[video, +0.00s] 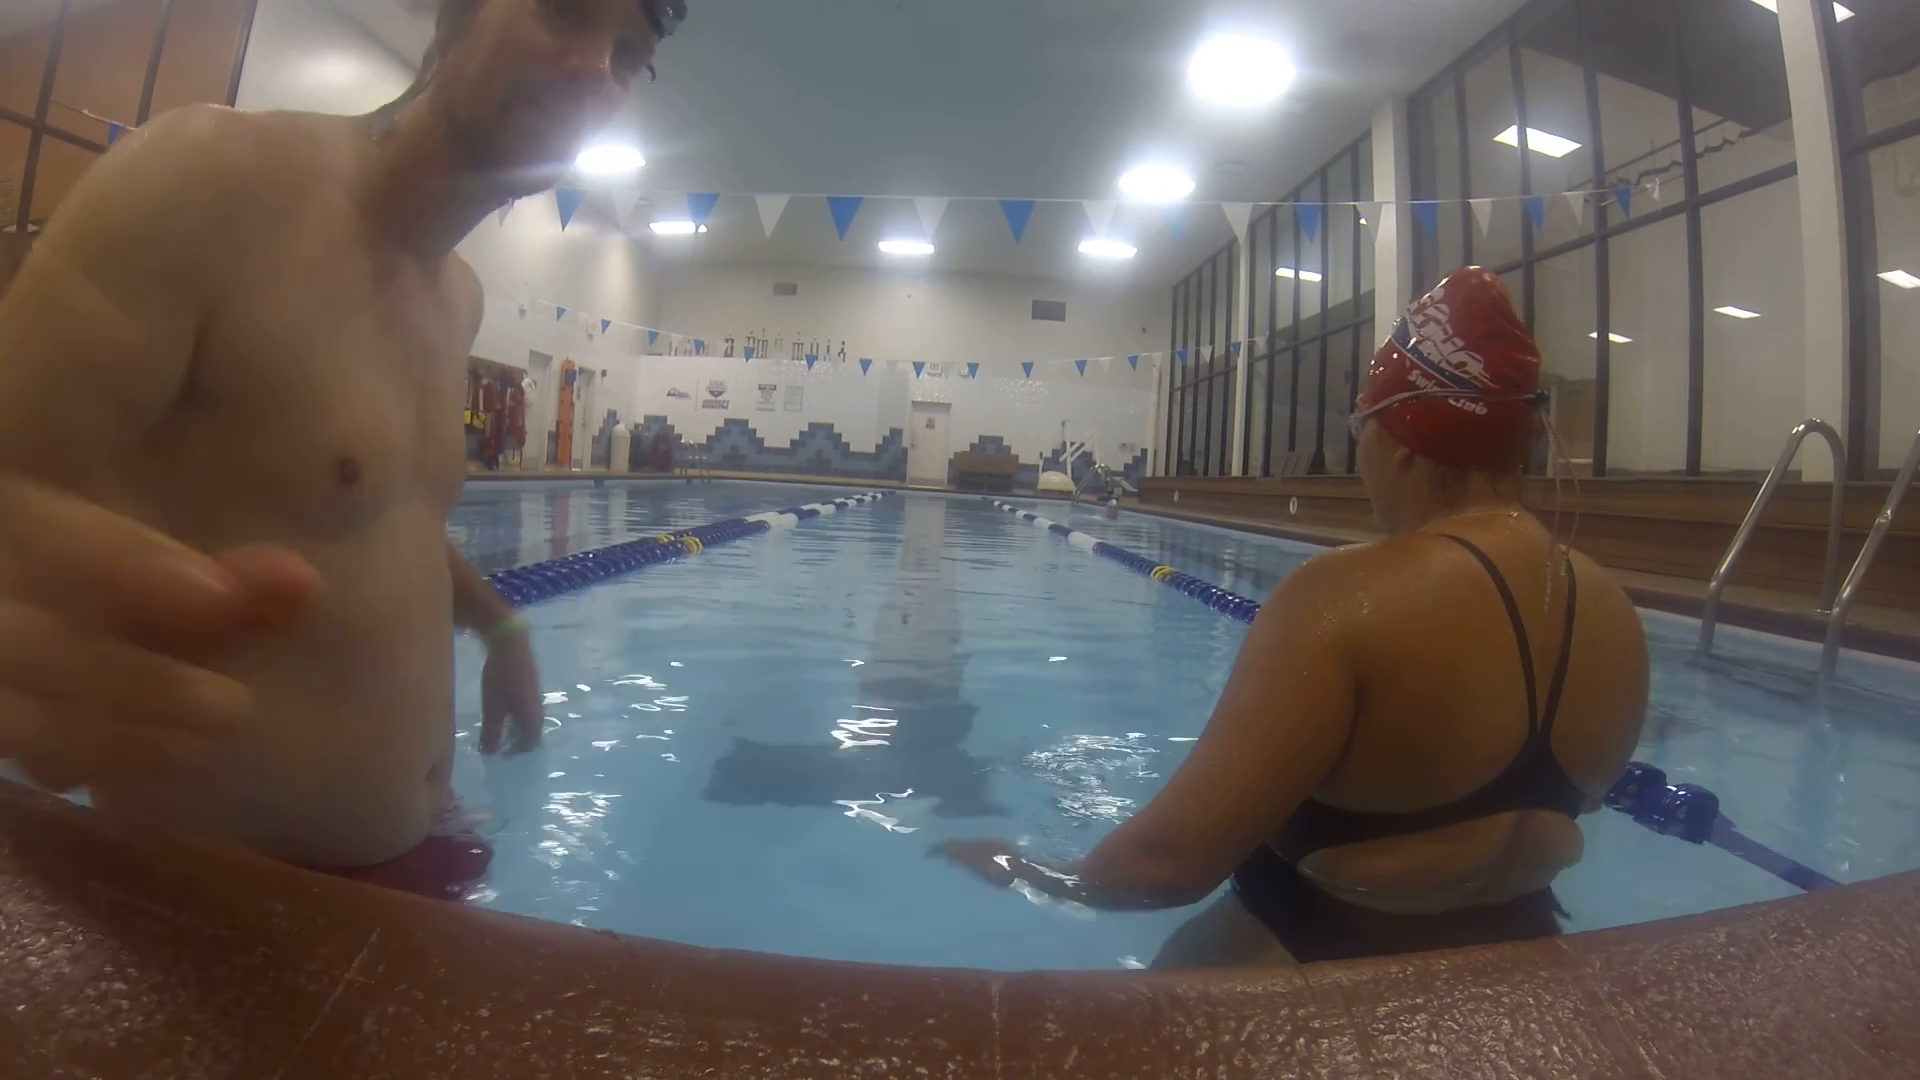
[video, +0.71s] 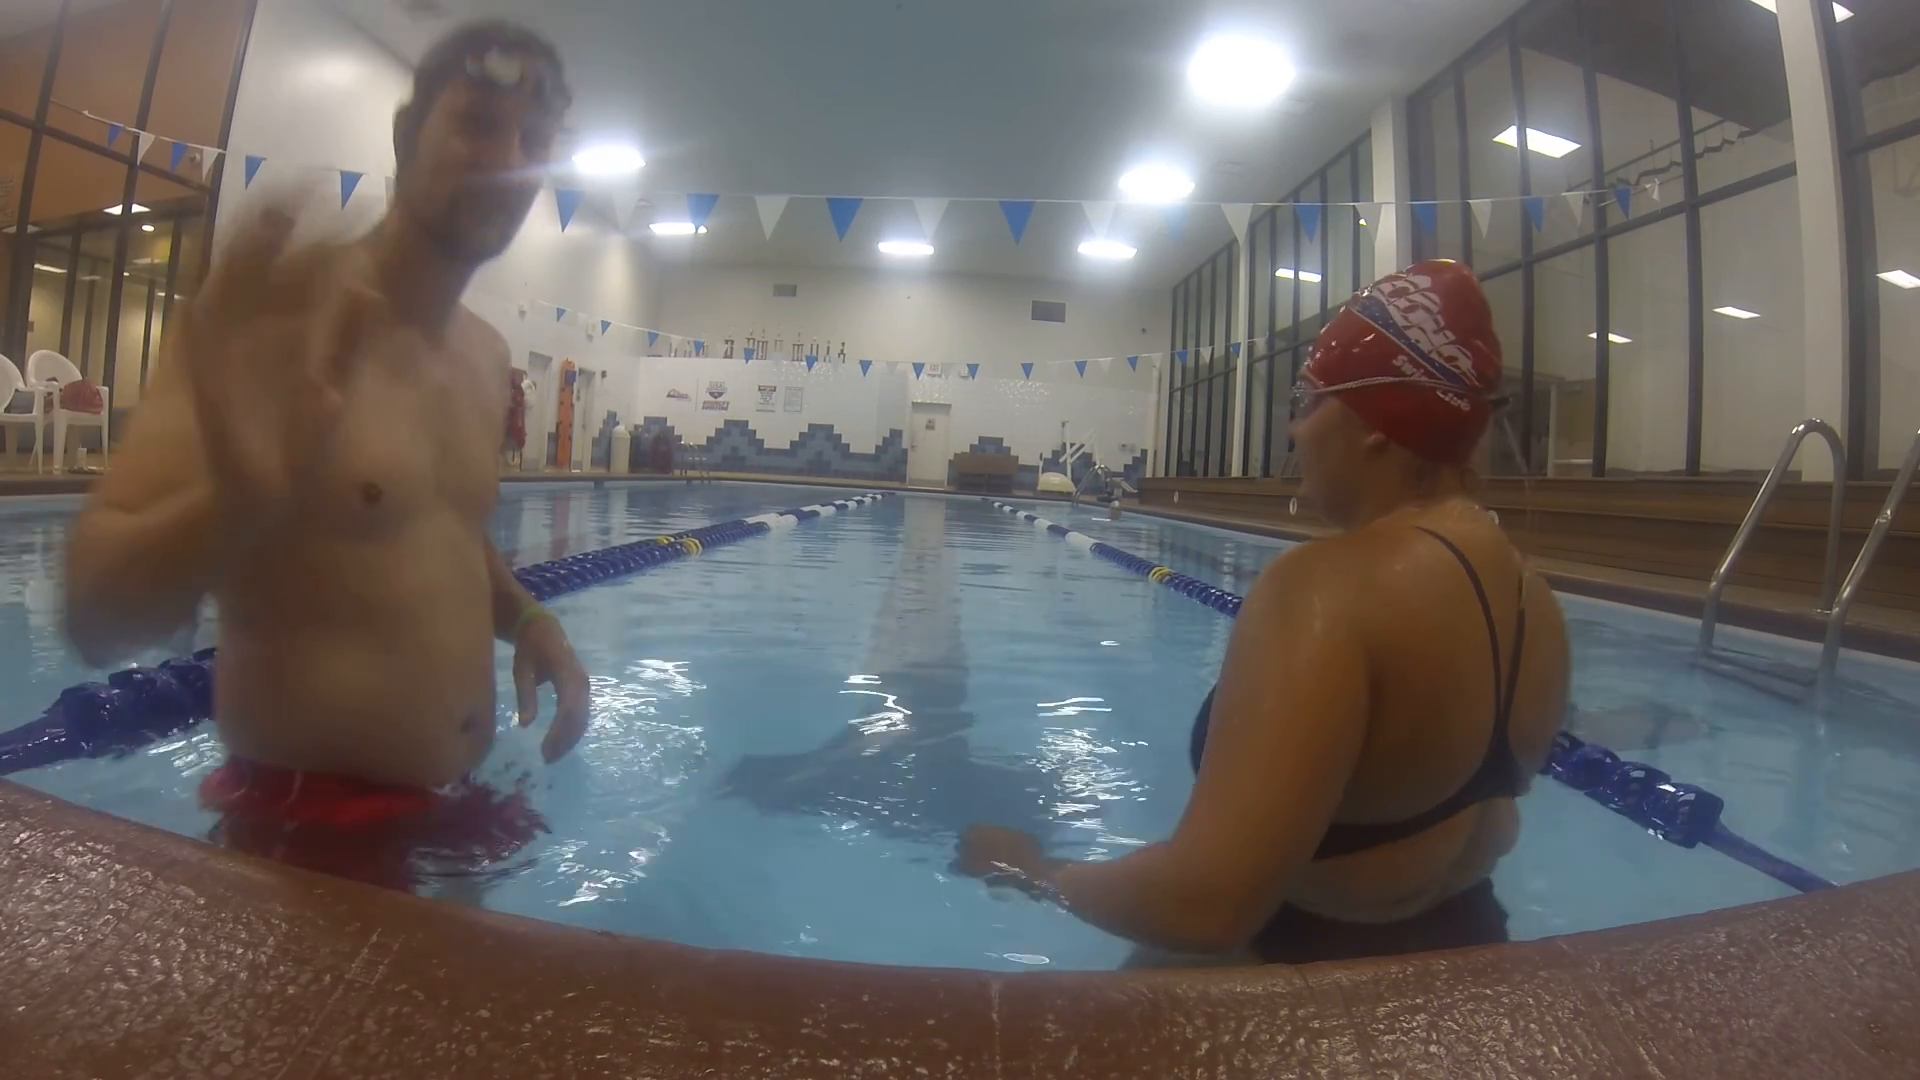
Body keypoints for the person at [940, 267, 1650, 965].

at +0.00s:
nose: (1356, 453)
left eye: (1362, 428)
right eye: (1360, 426)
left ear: (1400, 441)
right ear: (1512, 441)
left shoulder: (1338, 603)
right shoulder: (1607, 605)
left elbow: (1177, 857)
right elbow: (1580, 790)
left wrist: (1047, 879)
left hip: (1310, 974)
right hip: (1514, 966)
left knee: (1127, 1031)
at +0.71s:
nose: (1292, 428)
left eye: (1310, 403)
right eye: (1301, 402)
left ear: (1374, 427)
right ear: (1448, 429)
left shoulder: (1322, 590)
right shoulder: (1525, 585)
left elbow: (1207, 900)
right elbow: (1497, 806)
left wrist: (1036, 874)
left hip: (1303, 975)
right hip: (1464, 952)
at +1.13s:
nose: (1272, 414)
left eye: (1302, 387)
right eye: (1284, 386)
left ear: (1390, 427)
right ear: (1388, 429)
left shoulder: (1352, 610)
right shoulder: (1455, 560)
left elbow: (1274, 935)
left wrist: (1045, 867)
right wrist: (1206, 870)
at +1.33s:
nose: (1266, 418)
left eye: (1306, 394)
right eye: (1275, 396)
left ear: (1401, 438)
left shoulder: (1404, 627)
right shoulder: (1372, 589)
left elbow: (1375, 948)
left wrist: (1095, 860)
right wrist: (1203, 761)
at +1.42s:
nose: (1269, 420)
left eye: (1313, 396)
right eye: (1270, 395)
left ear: (1407, 440)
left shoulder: (1420, 633)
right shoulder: (1346, 585)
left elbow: (1417, 939)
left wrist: (1135, 833)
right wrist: (1192, 773)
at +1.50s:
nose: (1279, 427)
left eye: (1323, 405)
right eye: (1270, 404)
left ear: (1406, 445)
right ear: (1254, 420)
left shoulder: (1431, 635)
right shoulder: (1322, 584)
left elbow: (1452, 921)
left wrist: (1212, 788)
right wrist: (1174, 758)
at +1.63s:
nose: (1282, 443)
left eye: (1326, 420)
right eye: (1264, 417)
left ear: (1394, 452)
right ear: (1244, 435)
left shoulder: (1433, 619)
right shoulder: (1278, 597)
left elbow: (1508, 908)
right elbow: (1260, 774)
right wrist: (1135, 755)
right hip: (1220, 993)